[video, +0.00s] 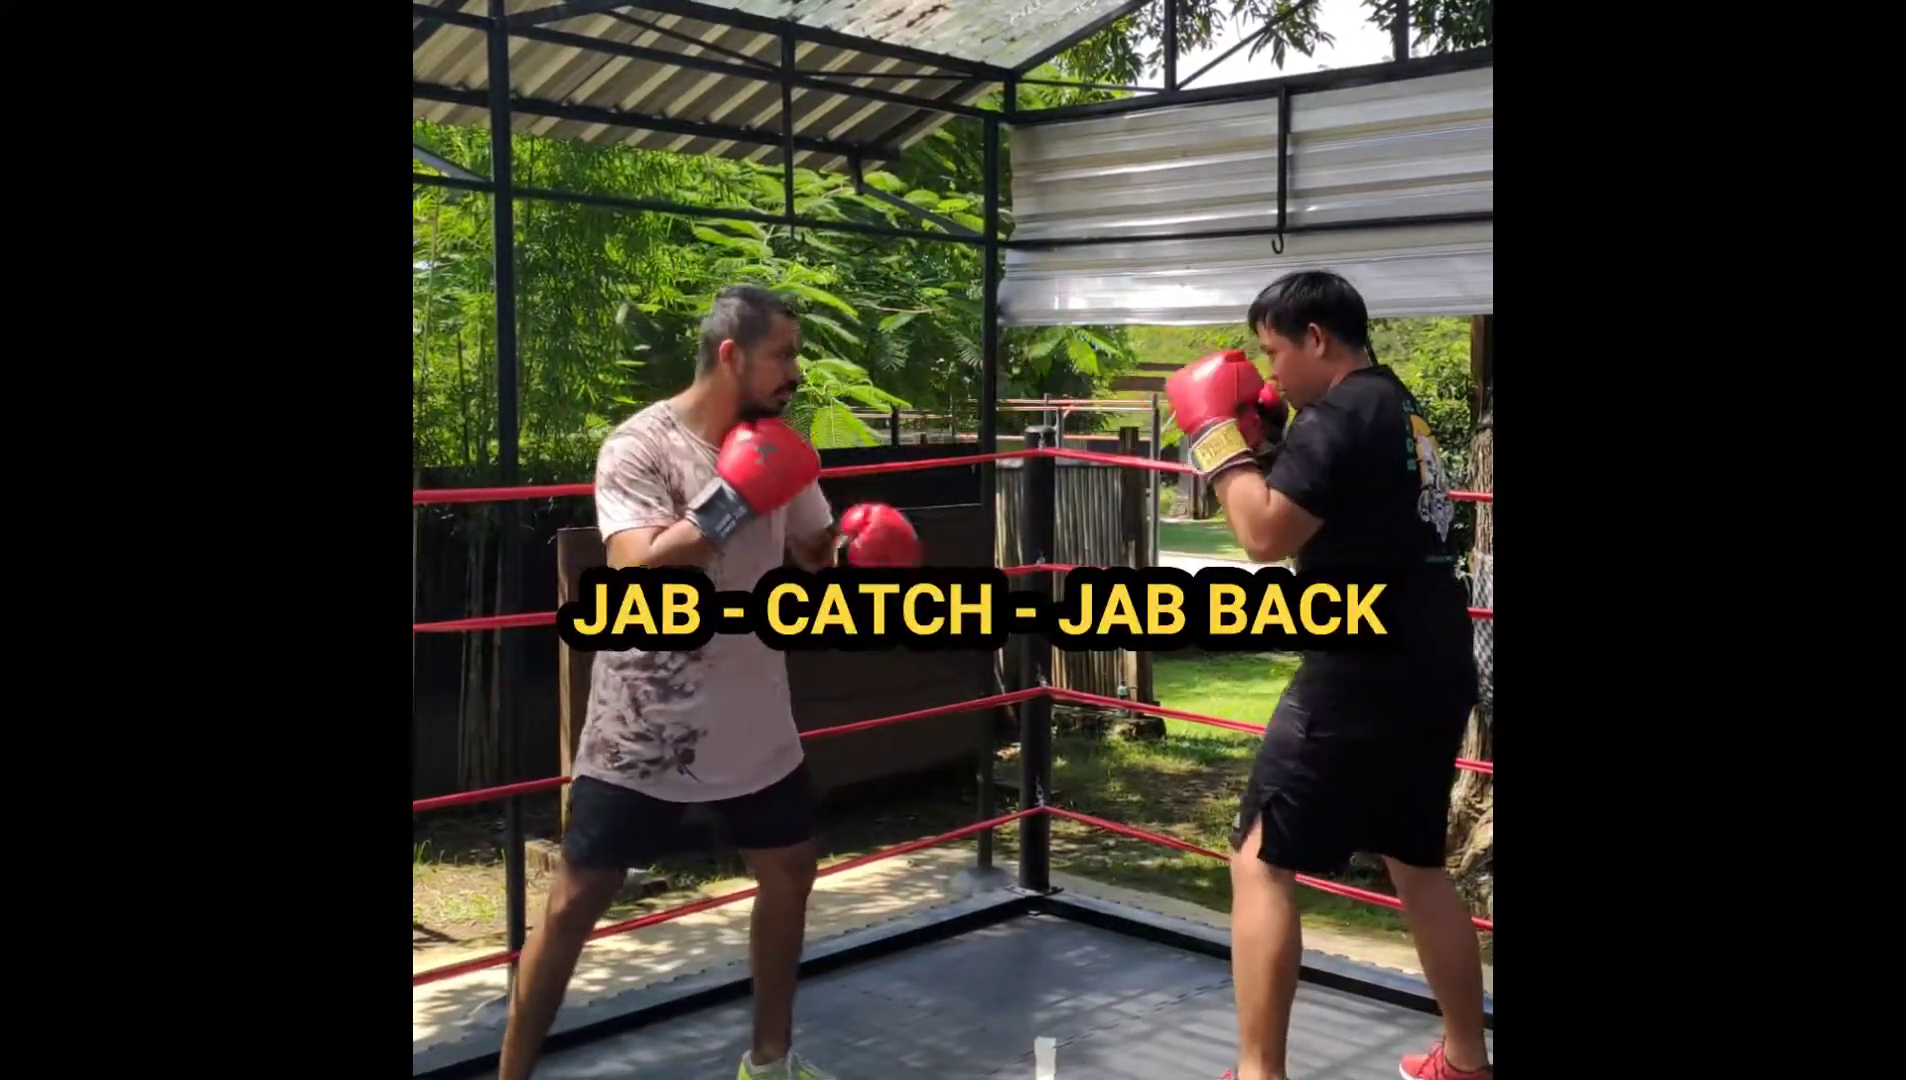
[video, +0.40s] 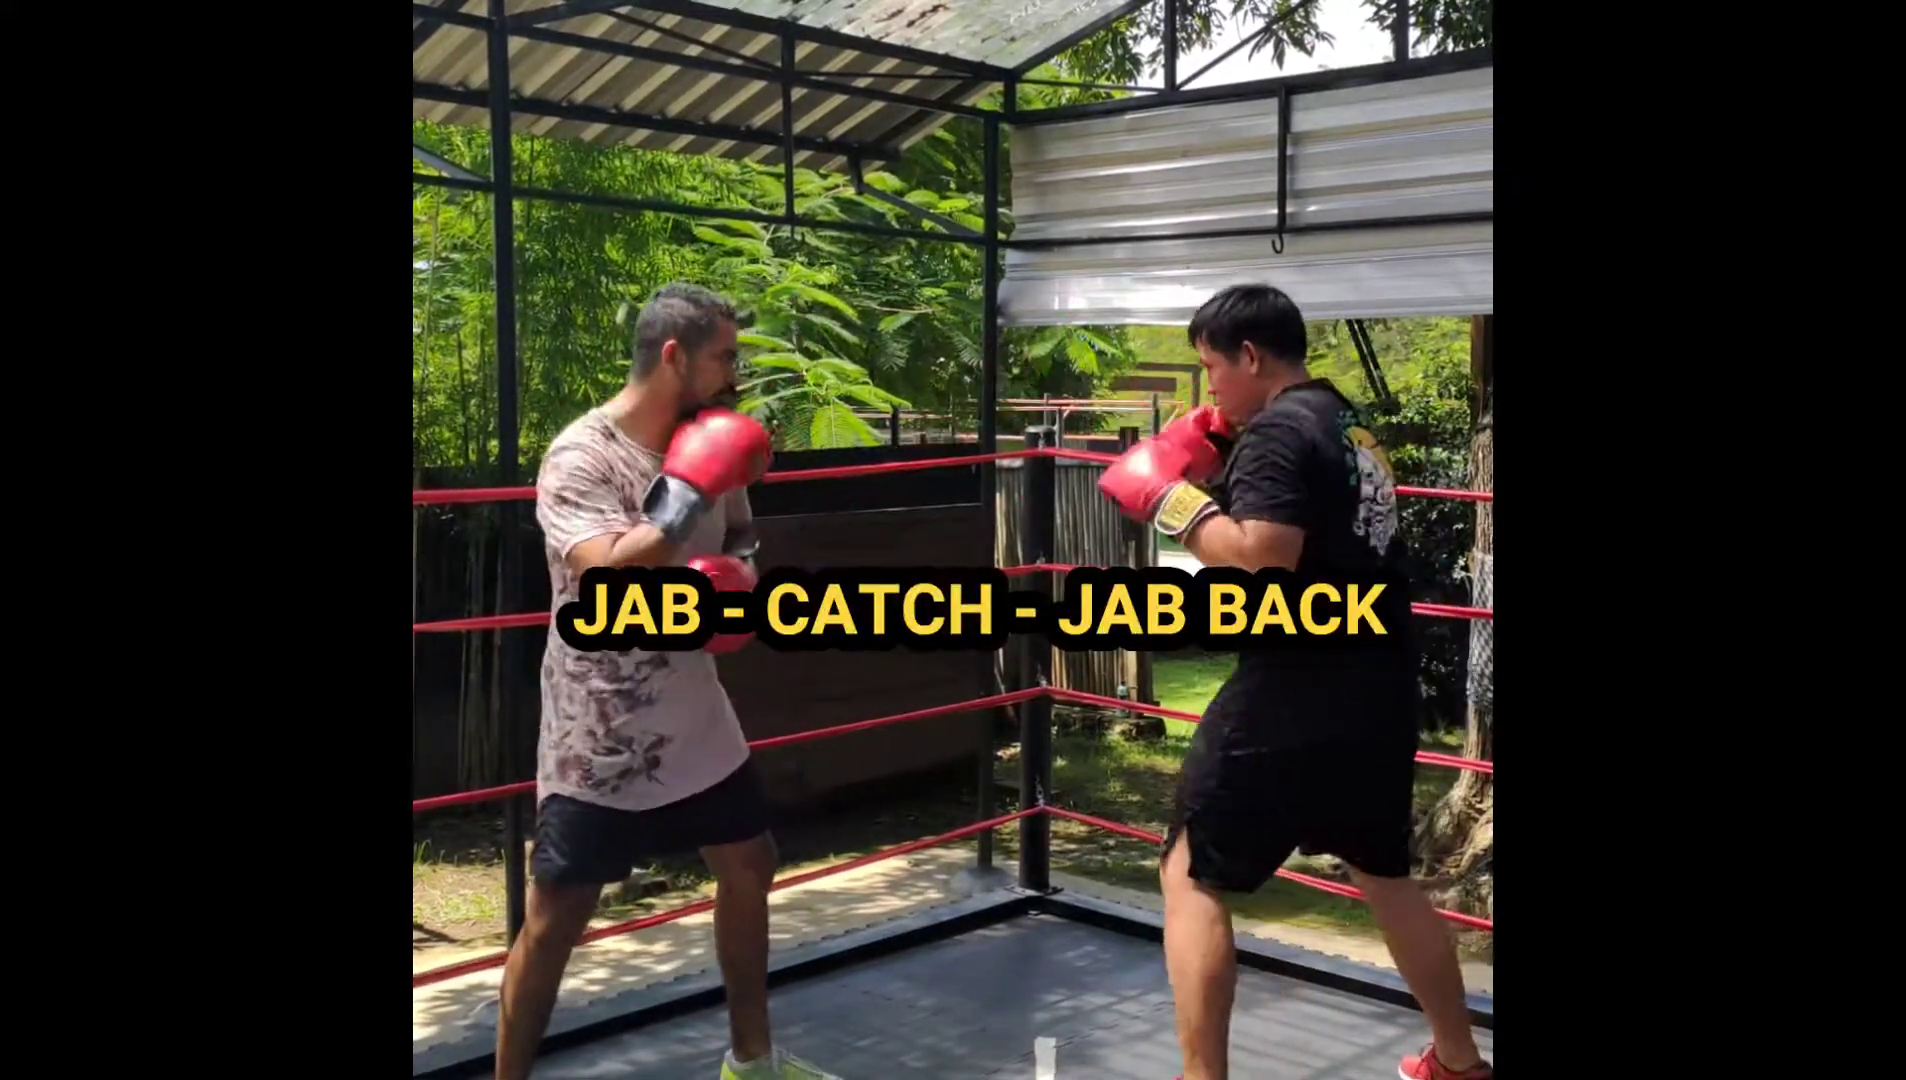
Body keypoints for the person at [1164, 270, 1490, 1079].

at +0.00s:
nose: (1269, 374)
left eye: (1271, 354)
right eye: (1263, 359)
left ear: (1317, 340)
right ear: (1338, 340)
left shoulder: (1342, 415)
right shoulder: (1389, 403)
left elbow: (1266, 532)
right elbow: (1309, 515)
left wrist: (1217, 439)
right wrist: (1260, 435)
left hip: (1358, 668)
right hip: (1434, 667)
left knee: (1260, 858)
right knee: (1419, 861)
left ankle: (1259, 1067)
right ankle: (1467, 1054)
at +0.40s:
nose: (1207, 391)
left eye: (1210, 371)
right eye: (1204, 373)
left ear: (1251, 359)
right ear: (1278, 357)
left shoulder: (1281, 430)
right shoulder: (1341, 423)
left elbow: (1261, 559)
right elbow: (1310, 544)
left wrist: (1172, 500)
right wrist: (1225, 469)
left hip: (1289, 692)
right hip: (1378, 695)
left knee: (1191, 872)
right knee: (1390, 874)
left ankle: (1202, 1071)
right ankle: (1459, 1055)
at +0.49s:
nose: (1183, 377)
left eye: (1183, 358)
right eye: (1180, 359)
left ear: (1221, 349)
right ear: (1267, 344)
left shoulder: (1231, 417)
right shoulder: (1336, 413)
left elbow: (1152, 509)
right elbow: (1282, 505)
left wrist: (1069, 453)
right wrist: (1187, 457)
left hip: (1250, 682)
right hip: (1352, 682)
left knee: (1172, 871)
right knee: (1383, 868)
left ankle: (1170, 1070)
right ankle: (1445, 1049)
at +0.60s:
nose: (1165, 369)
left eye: (1167, 353)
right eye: (1162, 356)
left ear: (1202, 342)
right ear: (1255, 337)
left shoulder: (1206, 407)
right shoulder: (1332, 406)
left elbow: (1051, 435)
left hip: (1233, 684)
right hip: (1343, 682)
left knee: (1171, 875)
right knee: (1374, 867)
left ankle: (1170, 1071)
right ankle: (1428, 1049)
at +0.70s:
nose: (1165, 363)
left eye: (1165, 347)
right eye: (1161, 349)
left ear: (1199, 335)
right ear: (1255, 329)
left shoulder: (1191, 402)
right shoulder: (1336, 402)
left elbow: (1036, 429)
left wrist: (935, 399)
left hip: (1228, 689)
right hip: (1336, 685)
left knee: (1176, 874)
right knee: (1367, 860)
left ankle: (1178, 1071)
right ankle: (1425, 1036)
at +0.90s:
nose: (1183, 364)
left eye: (1184, 344)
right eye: (1180, 344)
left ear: (1220, 335)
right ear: (1261, 335)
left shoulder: (1222, 408)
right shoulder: (1334, 402)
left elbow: (1130, 519)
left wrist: (1036, 456)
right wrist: (1174, 454)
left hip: (1251, 672)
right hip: (1348, 670)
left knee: (1195, 877)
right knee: (1359, 854)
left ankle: (1192, 1071)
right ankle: (1426, 1036)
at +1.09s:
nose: (1215, 377)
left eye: (1217, 359)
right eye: (1209, 363)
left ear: (1264, 346)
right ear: (1290, 347)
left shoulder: (1288, 420)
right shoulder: (1341, 408)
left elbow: (1218, 545)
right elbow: (1279, 518)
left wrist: (1152, 454)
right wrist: (1210, 446)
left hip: (1306, 674)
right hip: (1384, 674)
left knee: (1216, 869)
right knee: (1381, 868)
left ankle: (1200, 1069)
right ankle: (1430, 1059)